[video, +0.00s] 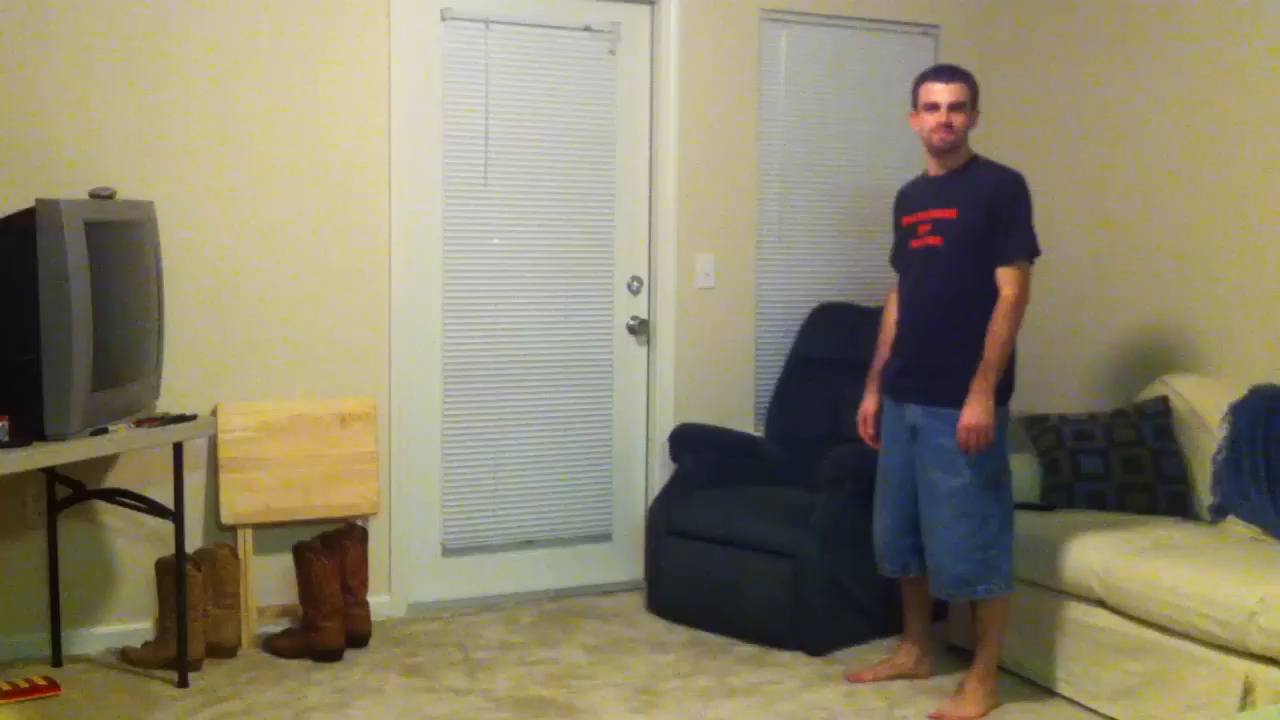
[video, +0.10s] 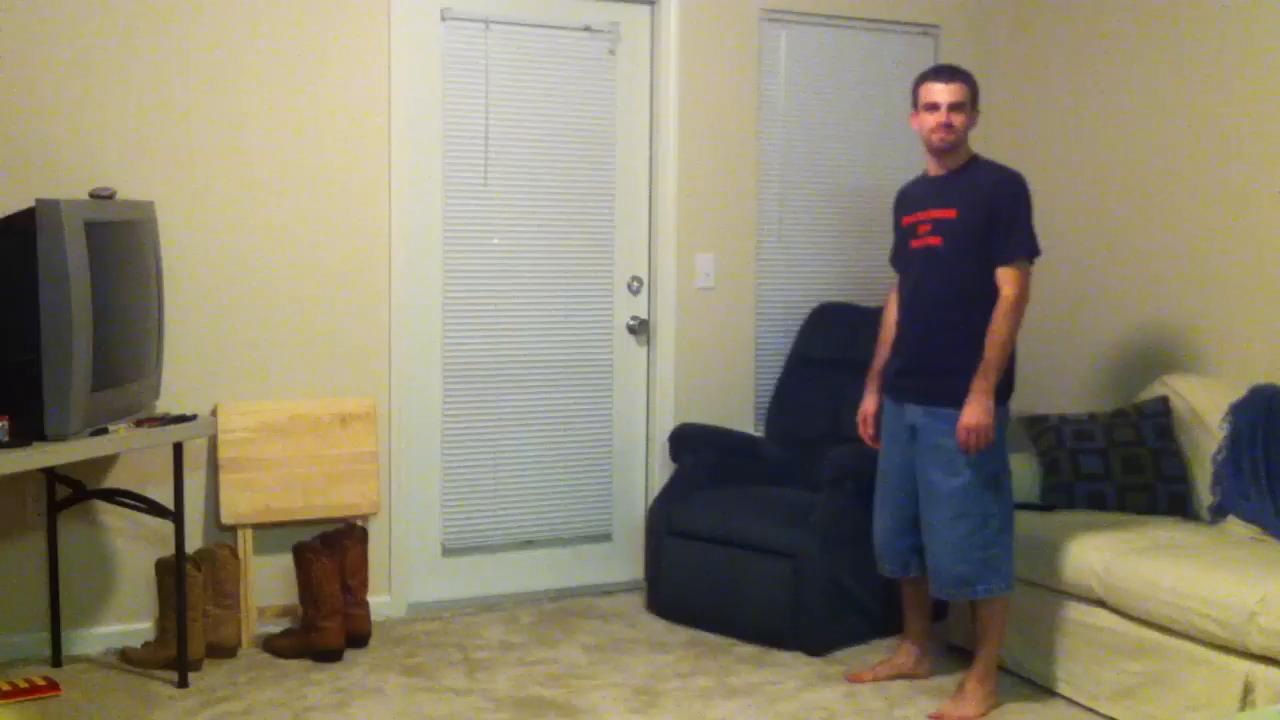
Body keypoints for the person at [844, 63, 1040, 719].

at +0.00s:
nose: (944, 119)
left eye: (957, 109)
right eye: (931, 108)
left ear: (974, 118)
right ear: (914, 118)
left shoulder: (1001, 188)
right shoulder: (909, 199)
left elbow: (1012, 297)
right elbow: (900, 295)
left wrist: (983, 394)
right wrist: (874, 386)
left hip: (964, 402)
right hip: (902, 397)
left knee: (978, 544)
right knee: (907, 531)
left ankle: (983, 677)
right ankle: (914, 650)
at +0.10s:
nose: (944, 119)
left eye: (957, 109)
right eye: (931, 108)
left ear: (974, 118)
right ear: (914, 118)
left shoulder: (1001, 188)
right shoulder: (908, 199)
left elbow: (1012, 296)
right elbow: (900, 295)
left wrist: (983, 394)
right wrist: (874, 385)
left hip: (964, 402)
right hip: (902, 397)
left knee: (979, 544)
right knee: (906, 531)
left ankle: (984, 676)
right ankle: (914, 650)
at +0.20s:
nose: (944, 119)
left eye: (957, 108)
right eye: (931, 108)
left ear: (974, 118)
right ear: (914, 118)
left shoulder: (1001, 188)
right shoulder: (908, 199)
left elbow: (1012, 296)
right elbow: (900, 295)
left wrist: (983, 395)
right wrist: (874, 385)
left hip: (964, 403)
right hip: (902, 397)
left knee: (978, 544)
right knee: (906, 531)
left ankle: (983, 677)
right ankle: (914, 650)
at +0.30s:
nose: (944, 119)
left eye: (957, 109)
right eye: (931, 109)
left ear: (974, 118)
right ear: (914, 118)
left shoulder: (1001, 188)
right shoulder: (908, 199)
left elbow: (1012, 297)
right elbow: (900, 295)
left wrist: (983, 395)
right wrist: (874, 387)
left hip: (964, 403)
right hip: (902, 398)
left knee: (979, 544)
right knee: (905, 532)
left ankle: (983, 677)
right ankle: (914, 650)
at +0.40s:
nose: (943, 119)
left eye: (957, 109)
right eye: (931, 109)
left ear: (974, 118)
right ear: (914, 119)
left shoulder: (1001, 188)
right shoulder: (908, 199)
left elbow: (1012, 296)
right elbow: (900, 296)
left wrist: (984, 396)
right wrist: (874, 387)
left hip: (964, 403)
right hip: (902, 398)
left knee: (979, 544)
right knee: (905, 531)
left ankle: (983, 677)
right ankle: (914, 650)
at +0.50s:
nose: (944, 119)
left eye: (957, 109)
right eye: (931, 109)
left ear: (974, 118)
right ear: (914, 119)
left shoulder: (1001, 188)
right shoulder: (908, 200)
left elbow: (1012, 296)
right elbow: (900, 296)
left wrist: (984, 395)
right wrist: (874, 386)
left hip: (964, 402)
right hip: (903, 397)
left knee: (979, 544)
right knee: (905, 531)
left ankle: (983, 677)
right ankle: (914, 650)